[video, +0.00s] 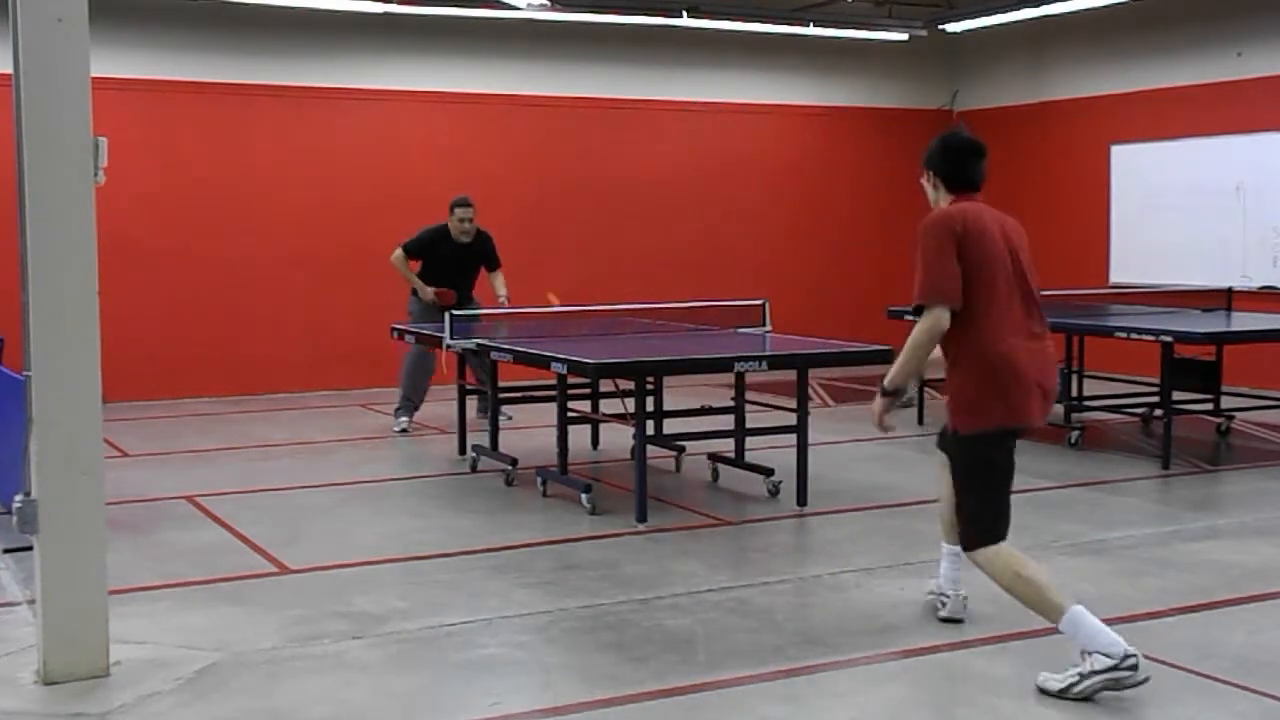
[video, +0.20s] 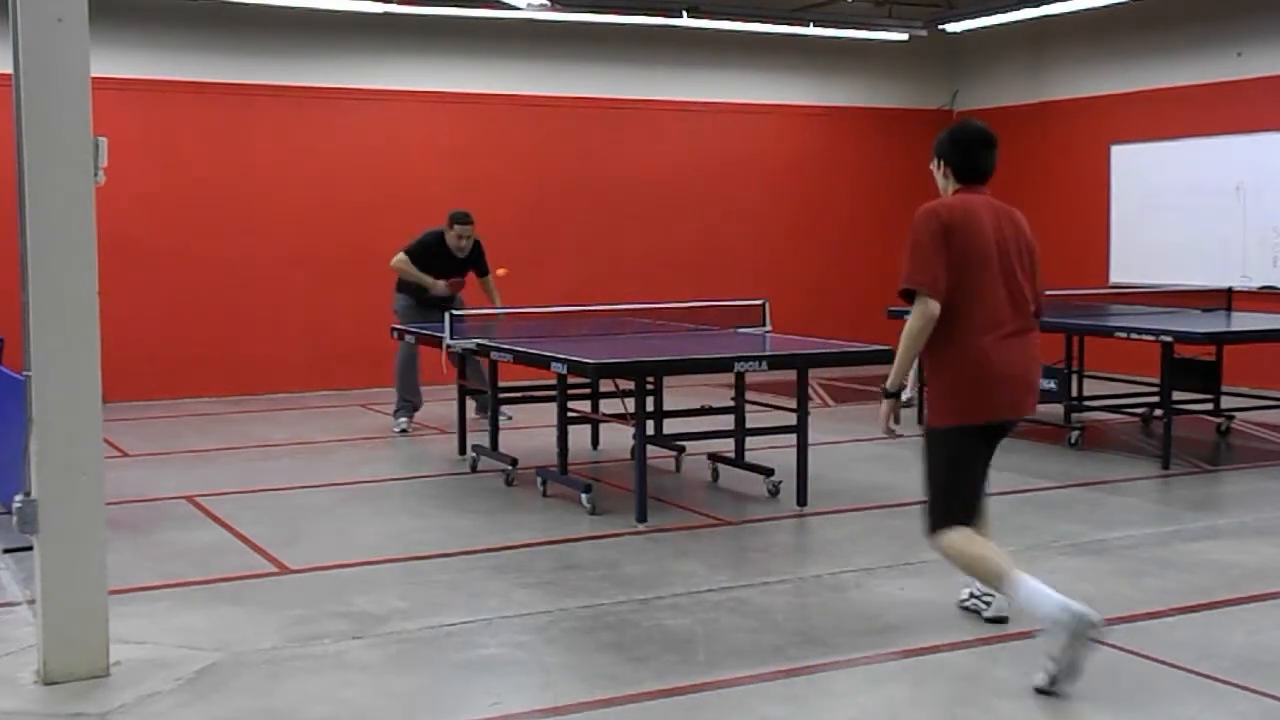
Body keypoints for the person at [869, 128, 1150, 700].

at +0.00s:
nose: (920, 184)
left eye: (922, 177)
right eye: (922, 176)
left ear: (931, 180)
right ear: (978, 178)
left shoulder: (942, 225)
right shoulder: (1006, 224)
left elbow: (936, 317)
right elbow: (1019, 312)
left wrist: (888, 389)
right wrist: (961, 381)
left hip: (985, 391)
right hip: (1032, 383)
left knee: (981, 541)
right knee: (952, 449)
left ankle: (1107, 650)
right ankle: (949, 586)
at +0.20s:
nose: (930, 168)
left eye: (932, 160)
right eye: (933, 159)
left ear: (942, 167)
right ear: (989, 169)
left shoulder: (936, 217)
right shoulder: (1015, 220)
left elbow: (927, 307)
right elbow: (1029, 304)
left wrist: (893, 386)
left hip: (962, 390)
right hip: (1015, 387)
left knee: (947, 529)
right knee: (972, 484)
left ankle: (1060, 615)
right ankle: (991, 592)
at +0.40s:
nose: (921, 159)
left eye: (923, 151)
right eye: (924, 151)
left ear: (934, 156)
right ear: (978, 158)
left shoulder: (924, 202)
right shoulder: (1003, 211)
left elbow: (906, 290)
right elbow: (1020, 295)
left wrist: (866, 364)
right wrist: (969, 318)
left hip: (931, 372)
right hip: (992, 375)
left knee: (871, 491)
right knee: (960, 476)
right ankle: (988, 589)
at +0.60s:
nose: (904, 167)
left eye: (906, 160)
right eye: (909, 159)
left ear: (912, 166)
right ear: (962, 167)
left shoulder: (893, 214)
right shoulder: (986, 223)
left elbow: (862, 303)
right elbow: (1002, 319)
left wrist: (833, 370)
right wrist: (984, 371)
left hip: (899, 381)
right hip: (965, 386)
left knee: (829, 499)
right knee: (948, 474)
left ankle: (822, 633)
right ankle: (989, 588)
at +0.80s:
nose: (922, 169)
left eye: (920, 160)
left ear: (923, 167)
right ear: (975, 170)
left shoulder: (890, 214)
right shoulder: (993, 229)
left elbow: (852, 304)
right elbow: (1019, 326)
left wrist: (866, 314)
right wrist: (1039, 390)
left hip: (887, 382)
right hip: (959, 385)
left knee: (836, 498)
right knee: (958, 471)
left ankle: (822, 628)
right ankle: (984, 590)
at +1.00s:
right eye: (967, 139)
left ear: (916, 141)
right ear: (967, 143)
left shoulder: (892, 183)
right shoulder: (987, 197)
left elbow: (867, 271)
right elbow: (1002, 291)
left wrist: (868, 311)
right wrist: (1022, 340)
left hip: (896, 355)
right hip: (968, 358)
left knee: (832, 460)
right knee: (961, 463)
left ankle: (802, 593)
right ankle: (983, 590)